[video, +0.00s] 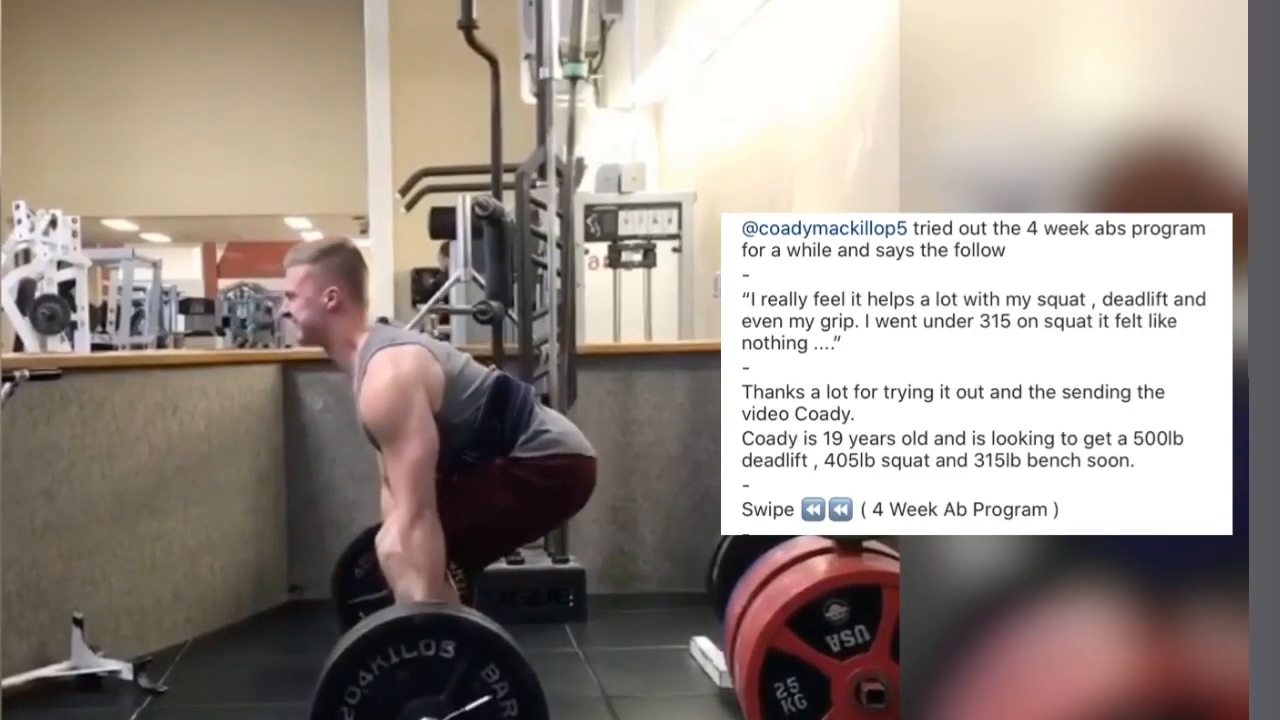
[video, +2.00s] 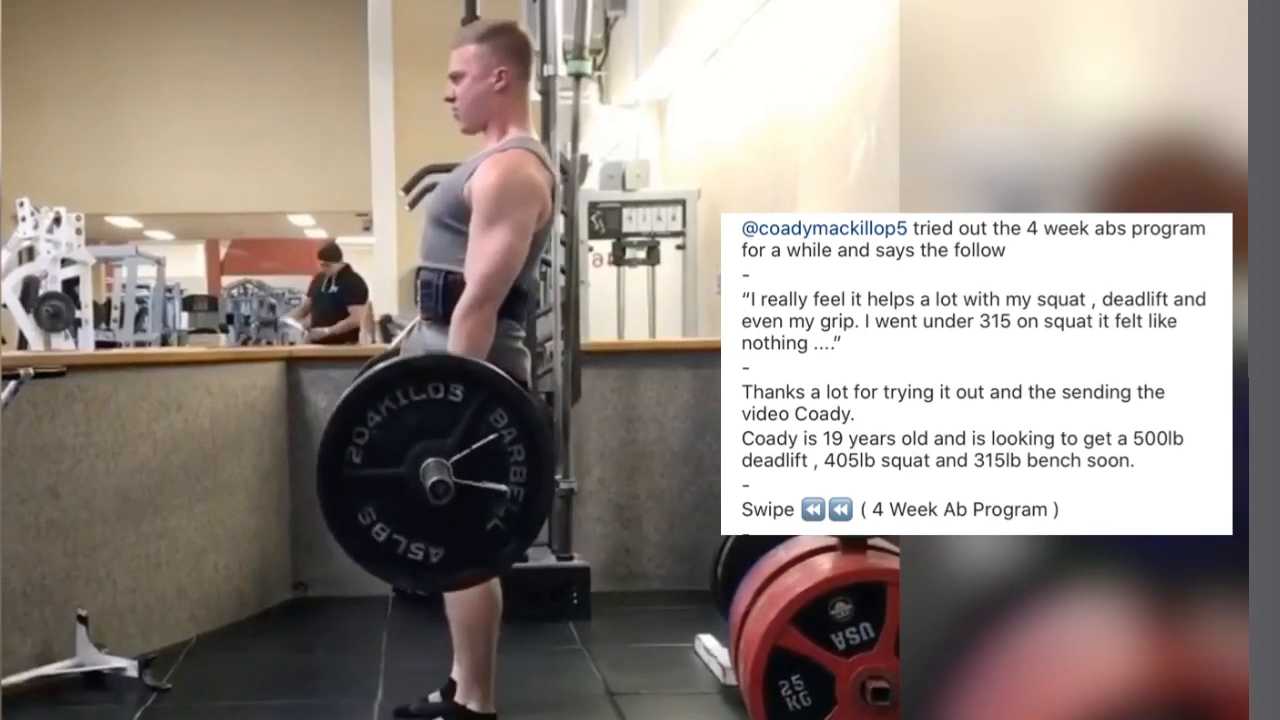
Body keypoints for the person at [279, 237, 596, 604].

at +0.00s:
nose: (285, 309)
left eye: (292, 296)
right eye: (286, 297)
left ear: (330, 298)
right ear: (328, 299)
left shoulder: (392, 378)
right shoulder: (374, 368)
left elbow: (416, 519)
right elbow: (393, 493)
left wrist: (440, 651)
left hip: (550, 461)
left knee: (402, 550)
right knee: (400, 543)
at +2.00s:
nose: (448, 91)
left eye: (459, 78)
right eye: (449, 79)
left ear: (502, 79)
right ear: (502, 83)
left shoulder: (510, 168)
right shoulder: (500, 162)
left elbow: (480, 305)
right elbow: (472, 295)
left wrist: (452, 414)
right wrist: (441, 407)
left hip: (480, 366)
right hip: (479, 361)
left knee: (464, 542)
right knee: (463, 539)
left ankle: (474, 702)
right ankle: (466, 691)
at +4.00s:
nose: (268, 332)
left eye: (275, 318)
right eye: (267, 320)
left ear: (313, 314)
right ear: (314, 315)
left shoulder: (387, 382)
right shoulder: (375, 370)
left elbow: (423, 525)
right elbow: (404, 502)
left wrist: (460, 648)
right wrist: (432, 638)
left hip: (559, 433)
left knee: (437, 546)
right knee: (417, 534)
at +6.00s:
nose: (351, 116)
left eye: (361, 102)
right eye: (353, 103)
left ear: (402, 108)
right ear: (401, 110)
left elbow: (452, 339)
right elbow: (447, 315)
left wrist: (450, 467)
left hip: (523, 367)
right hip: (500, 362)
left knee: (484, 526)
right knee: (478, 523)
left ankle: (488, 699)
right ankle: (479, 690)